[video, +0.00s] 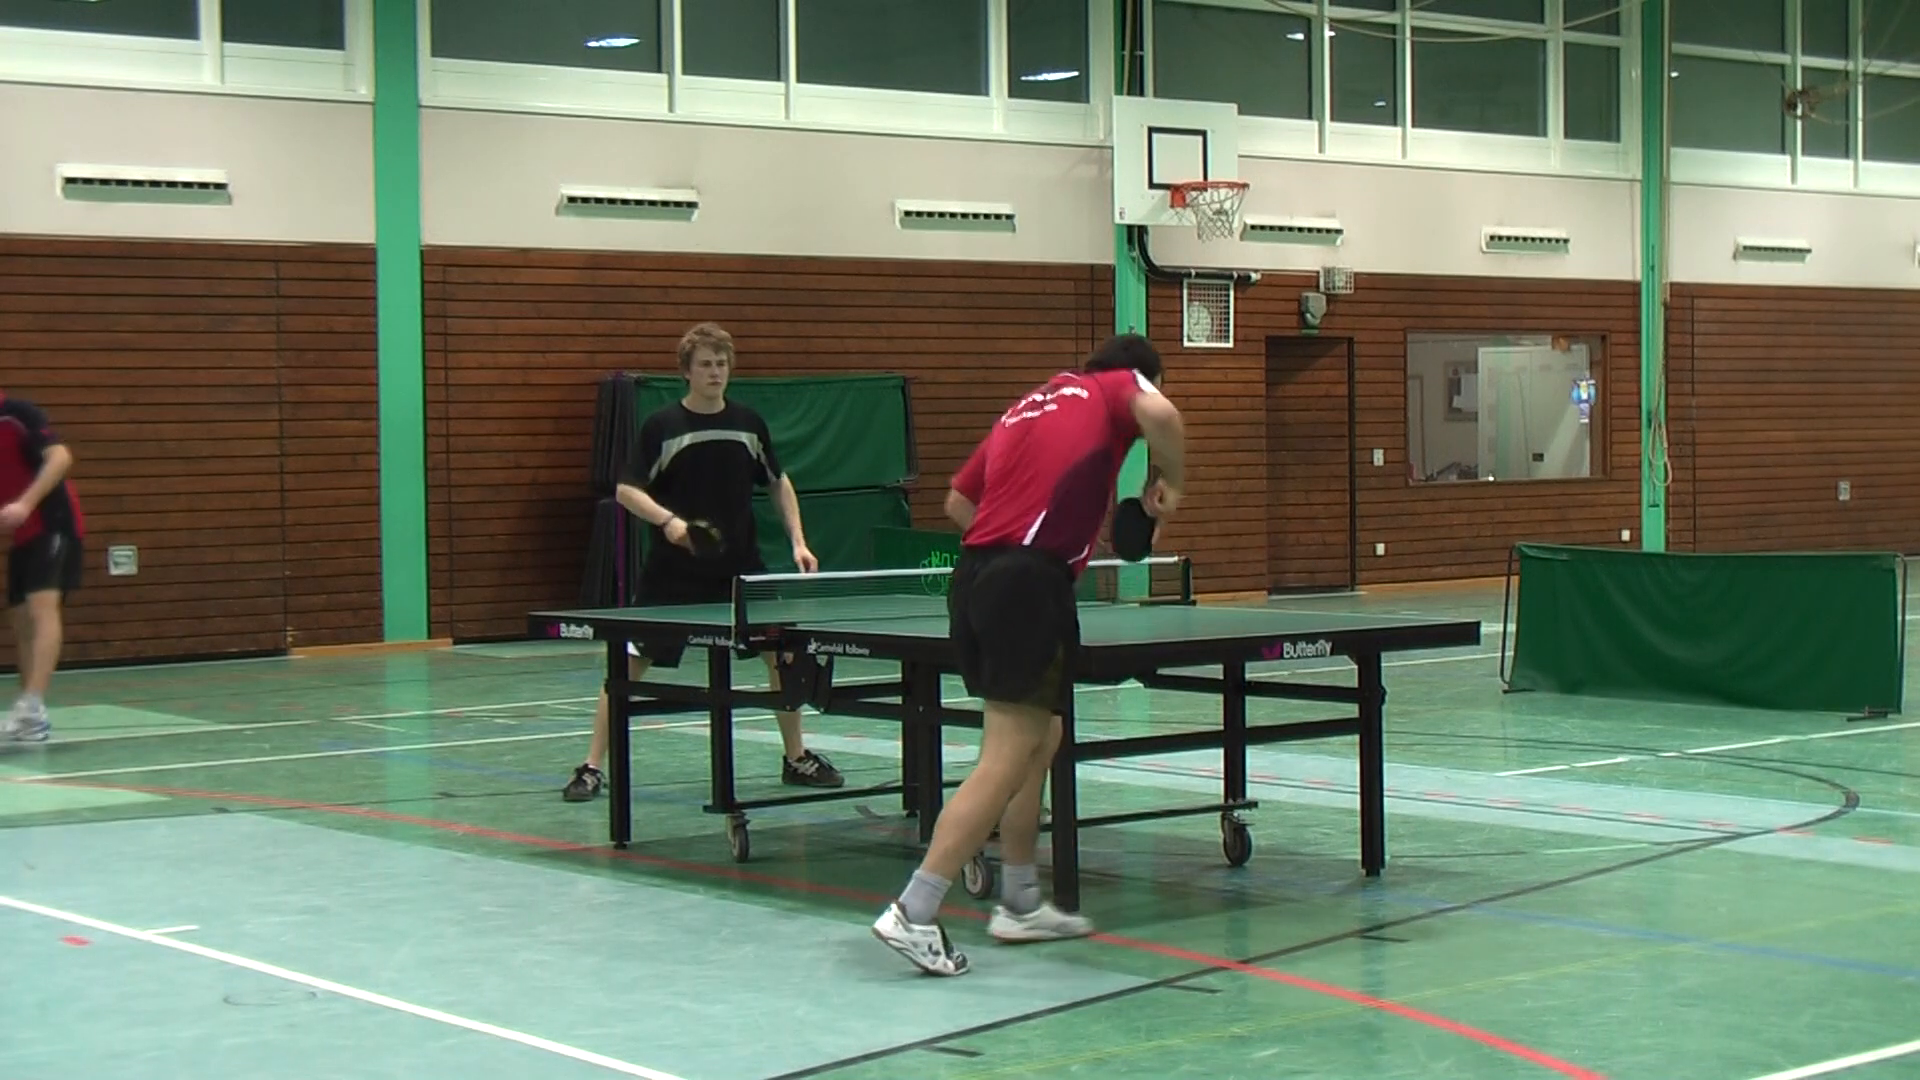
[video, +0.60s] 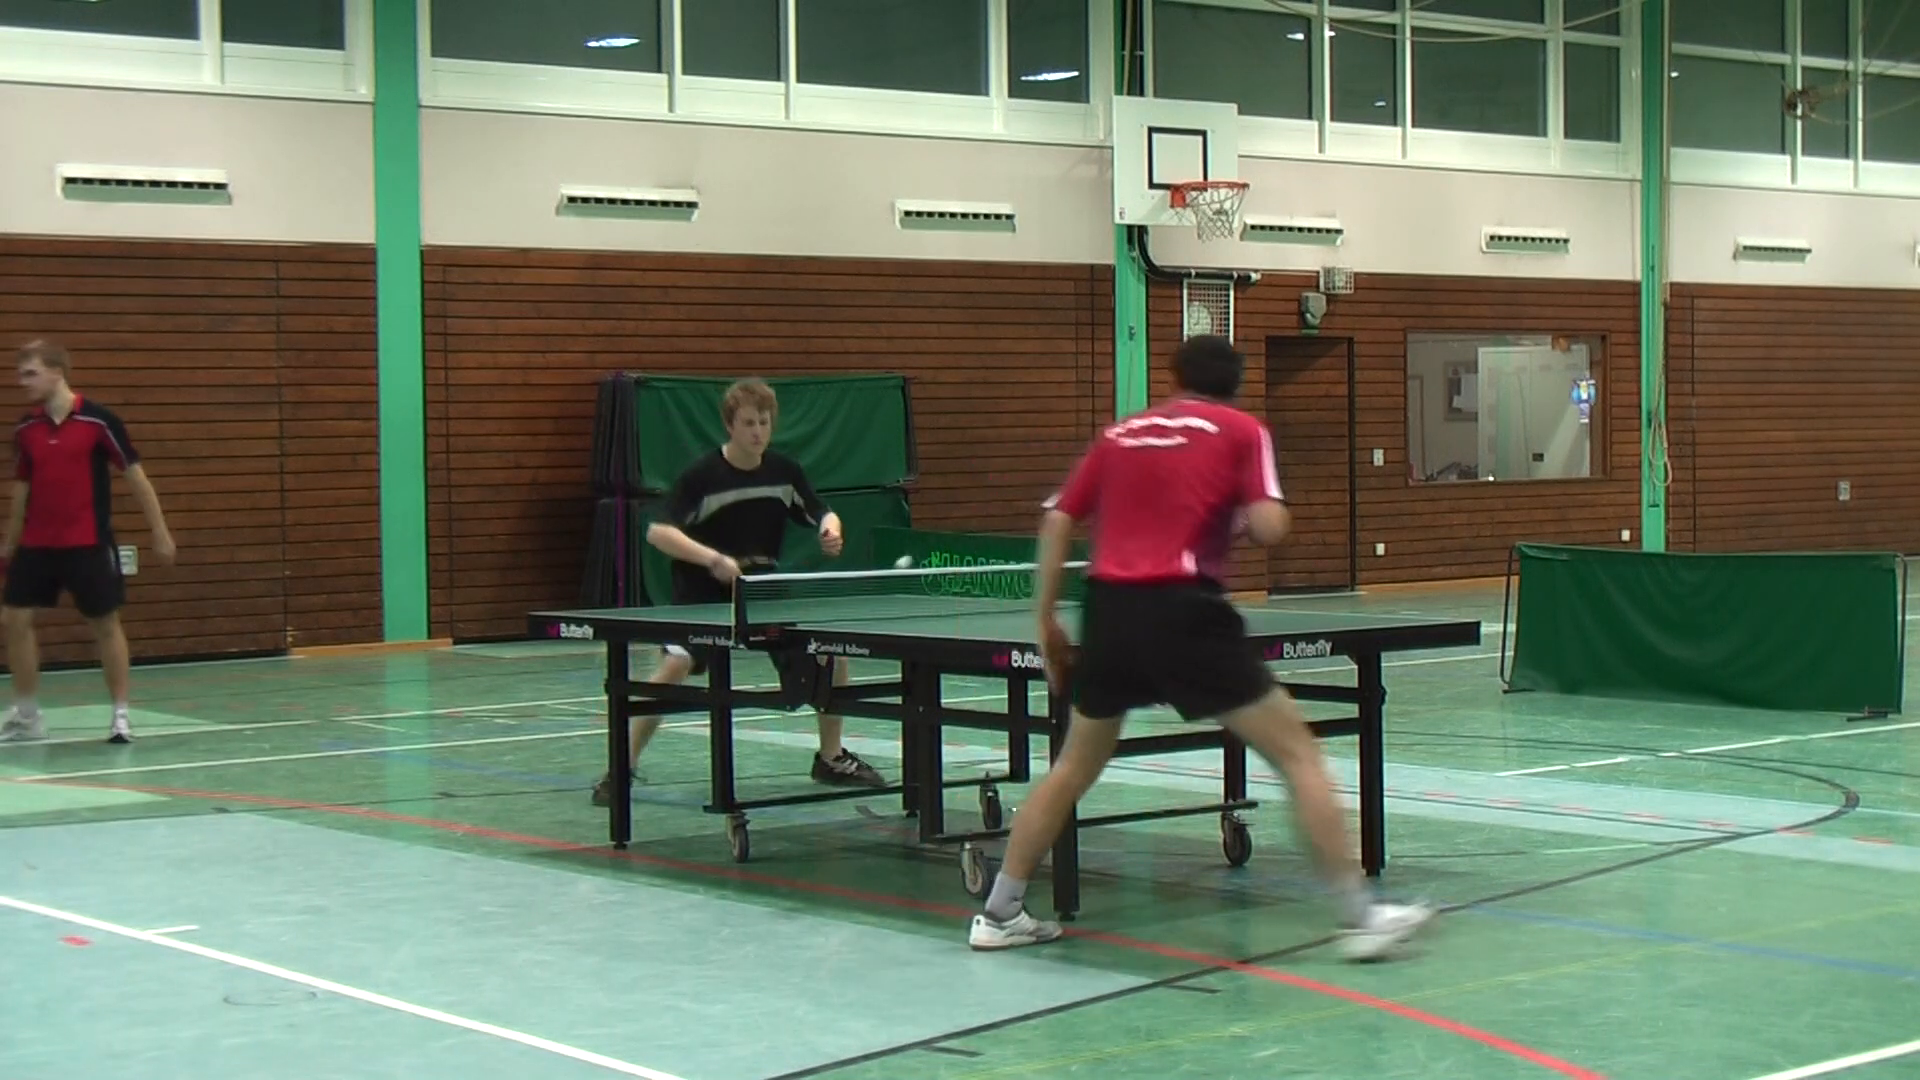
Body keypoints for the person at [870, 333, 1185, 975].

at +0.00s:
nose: (1150, 398)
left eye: (1149, 387)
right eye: (1150, 387)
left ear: (1095, 362)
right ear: (1135, 374)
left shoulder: (1029, 404)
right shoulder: (1115, 384)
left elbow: (958, 500)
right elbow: (1161, 410)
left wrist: (1028, 540)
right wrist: (1169, 482)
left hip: (976, 575)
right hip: (1026, 578)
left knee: (1040, 736)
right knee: (1006, 758)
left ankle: (1021, 904)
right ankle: (912, 913)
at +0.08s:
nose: (1153, 407)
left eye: (1156, 400)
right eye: (1156, 398)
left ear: (1097, 365)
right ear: (1141, 382)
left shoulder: (1027, 416)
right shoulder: (1118, 380)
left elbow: (952, 491)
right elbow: (1123, 399)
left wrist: (978, 562)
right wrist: (1153, 473)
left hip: (987, 577)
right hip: (1034, 576)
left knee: (1038, 742)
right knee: (1014, 755)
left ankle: (1002, 910)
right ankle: (916, 912)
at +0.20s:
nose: (1162, 420)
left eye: (1163, 411)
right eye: (1161, 409)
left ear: (1102, 383)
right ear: (1147, 393)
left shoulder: (1038, 418)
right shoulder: (1138, 405)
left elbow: (973, 531)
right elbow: (1153, 484)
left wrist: (955, 626)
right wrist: (1164, 544)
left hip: (986, 585)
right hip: (1042, 584)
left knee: (1029, 751)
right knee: (1010, 760)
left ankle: (998, 911)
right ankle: (911, 912)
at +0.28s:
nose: (1165, 413)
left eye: (1163, 403)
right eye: (1164, 403)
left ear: (1105, 385)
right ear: (1154, 394)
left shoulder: (1041, 420)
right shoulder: (1152, 410)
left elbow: (981, 532)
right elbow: (1205, 505)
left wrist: (966, 632)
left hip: (993, 585)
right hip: (1052, 589)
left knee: (1028, 756)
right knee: (1038, 768)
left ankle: (997, 911)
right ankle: (919, 902)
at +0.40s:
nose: (1175, 394)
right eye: (1172, 383)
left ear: (1110, 375)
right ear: (1165, 379)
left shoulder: (1056, 417)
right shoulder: (1169, 402)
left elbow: (997, 525)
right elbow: (1226, 497)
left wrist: (982, 617)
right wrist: (1236, 442)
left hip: (1028, 593)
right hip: (1099, 593)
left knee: (1038, 754)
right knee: (1133, 765)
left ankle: (995, 911)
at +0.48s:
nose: (1195, 393)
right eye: (1194, 382)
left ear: (1131, 375)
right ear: (1187, 380)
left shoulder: (1077, 418)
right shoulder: (1190, 408)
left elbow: (1015, 520)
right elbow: (1231, 504)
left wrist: (1003, 616)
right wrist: (1259, 470)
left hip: (1055, 599)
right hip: (1130, 599)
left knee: (1050, 758)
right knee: (1206, 749)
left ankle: (996, 910)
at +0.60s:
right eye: (1237, 387)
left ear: (1173, 381)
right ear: (1235, 388)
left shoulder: (1121, 432)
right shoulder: (1244, 430)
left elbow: (1057, 519)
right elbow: (1269, 525)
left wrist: (1045, 616)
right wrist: (1242, 518)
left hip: (1110, 621)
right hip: (1189, 621)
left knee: (1071, 768)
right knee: (1298, 752)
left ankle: (998, 911)